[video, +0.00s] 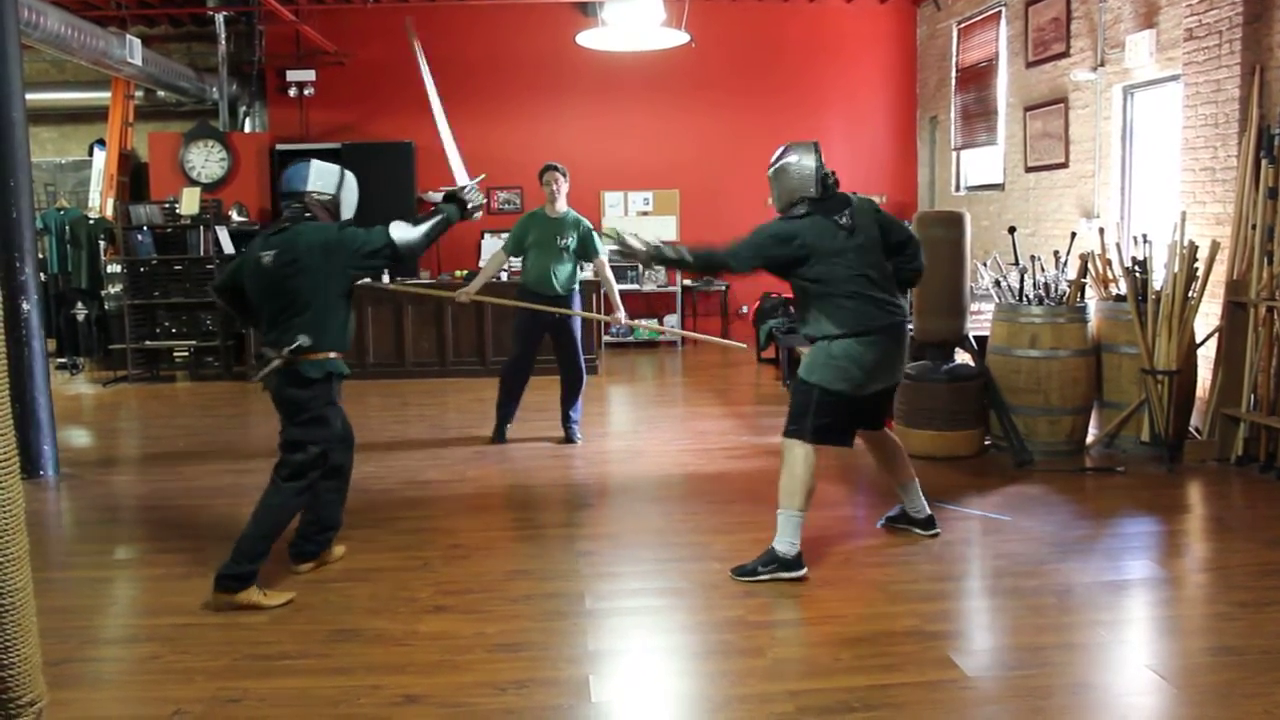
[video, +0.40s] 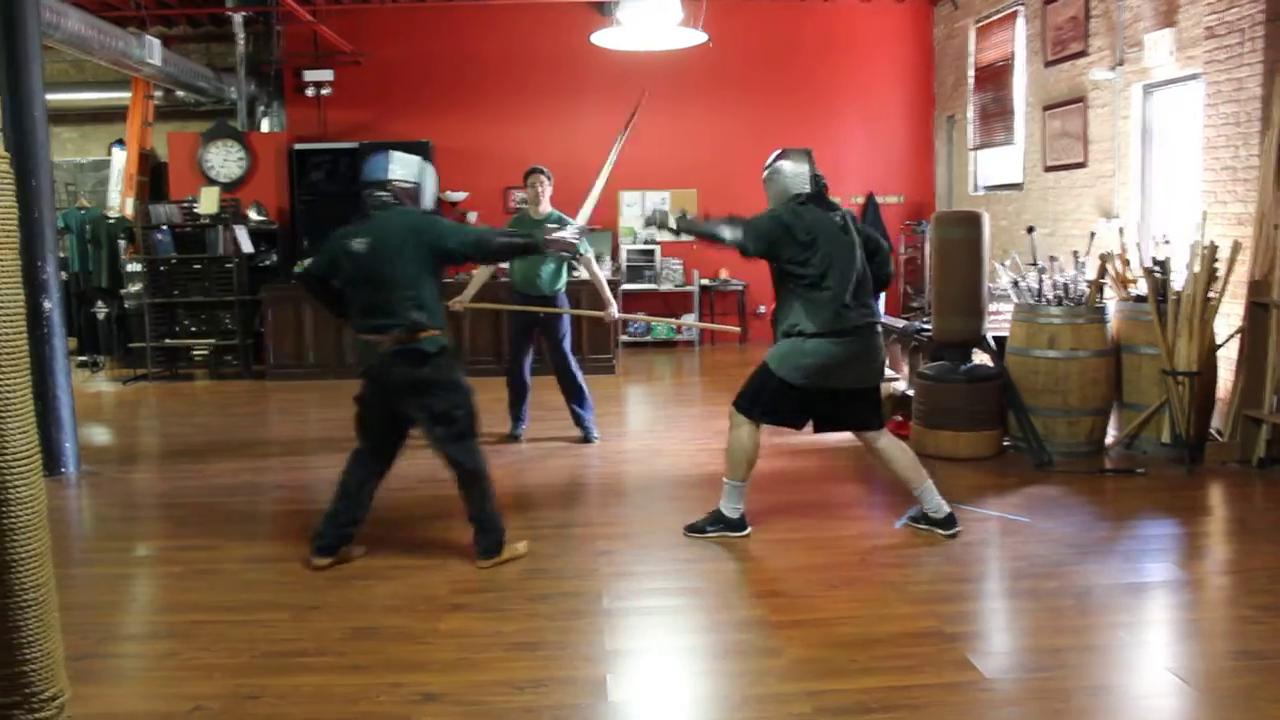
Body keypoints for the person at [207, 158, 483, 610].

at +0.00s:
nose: (340, 213)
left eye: (338, 206)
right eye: (336, 205)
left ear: (290, 204)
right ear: (320, 204)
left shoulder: (260, 248)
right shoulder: (332, 239)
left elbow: (223, 285)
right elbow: (403, 240)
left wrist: (260, 319)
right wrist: (453, 209)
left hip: (285, 373)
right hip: (315, 374)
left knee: (337, 446)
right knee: (296, 473)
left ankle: (313, 546)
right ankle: (234, 583)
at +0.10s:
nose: (351, 206)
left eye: (349, 200)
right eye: (347, 199)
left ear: (301, 201)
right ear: (333, 199)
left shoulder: (273, 246)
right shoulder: (347, 231)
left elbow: (242, 284)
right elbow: (416, 234)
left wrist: (279, 322)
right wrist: (463, 203)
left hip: (293, 371)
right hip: (332, 368)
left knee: (321, 460)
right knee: (337, 465)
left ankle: (317, 544)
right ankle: (264, 552)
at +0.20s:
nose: (367, 202)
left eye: (364, 198)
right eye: (365, 197)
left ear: (318, 199)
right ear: (351, 197)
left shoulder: (290, 240)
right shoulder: (364, 222)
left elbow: (257, 279)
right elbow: (431, 228)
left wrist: (294, 318)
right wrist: (482, 213)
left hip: (308, 363)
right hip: (351, 357)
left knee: (329, 456)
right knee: (375, 450)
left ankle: (307, 549)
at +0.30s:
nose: (383, 195)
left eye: (380, 190)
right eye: (379, 189)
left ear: (336, 191)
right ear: (366, 190)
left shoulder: (312, 234)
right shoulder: (382, 219)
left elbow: (274, 275)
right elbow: (446, 234)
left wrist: (310, 310)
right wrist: (500, 233)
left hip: (331, 359)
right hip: (376, 353)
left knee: (341, 453)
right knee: (411, 448)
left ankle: (309, 548)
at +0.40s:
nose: (419, 198)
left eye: (416, 194)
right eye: (415, 192)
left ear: (369, 197)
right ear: (402, 192)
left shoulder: (347, 237)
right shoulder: (418, 225)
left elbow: (308, 277)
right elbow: (482, 243)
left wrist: (348, 313)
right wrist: (545, 244)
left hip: (377, 357)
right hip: (425, 354)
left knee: (373, 450)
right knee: (462, 447)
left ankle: (328, 544)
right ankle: (490, 544)